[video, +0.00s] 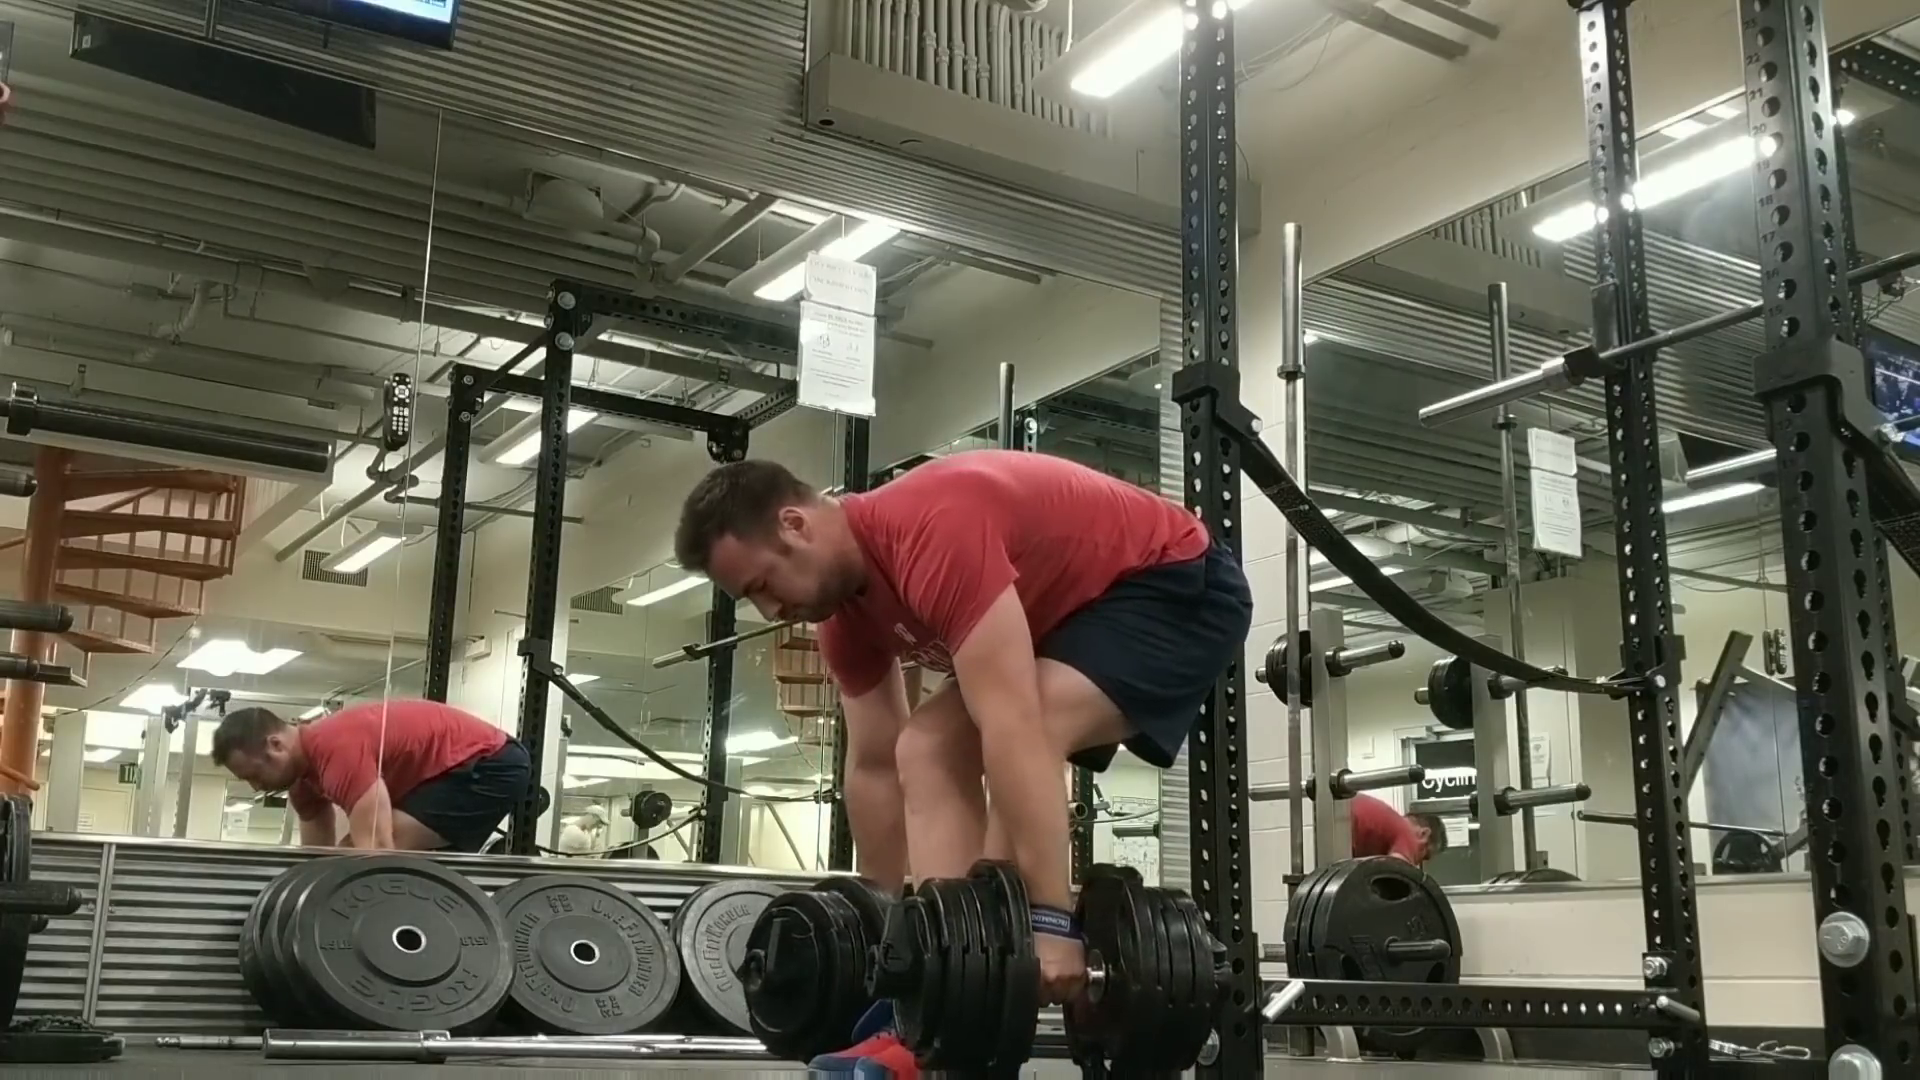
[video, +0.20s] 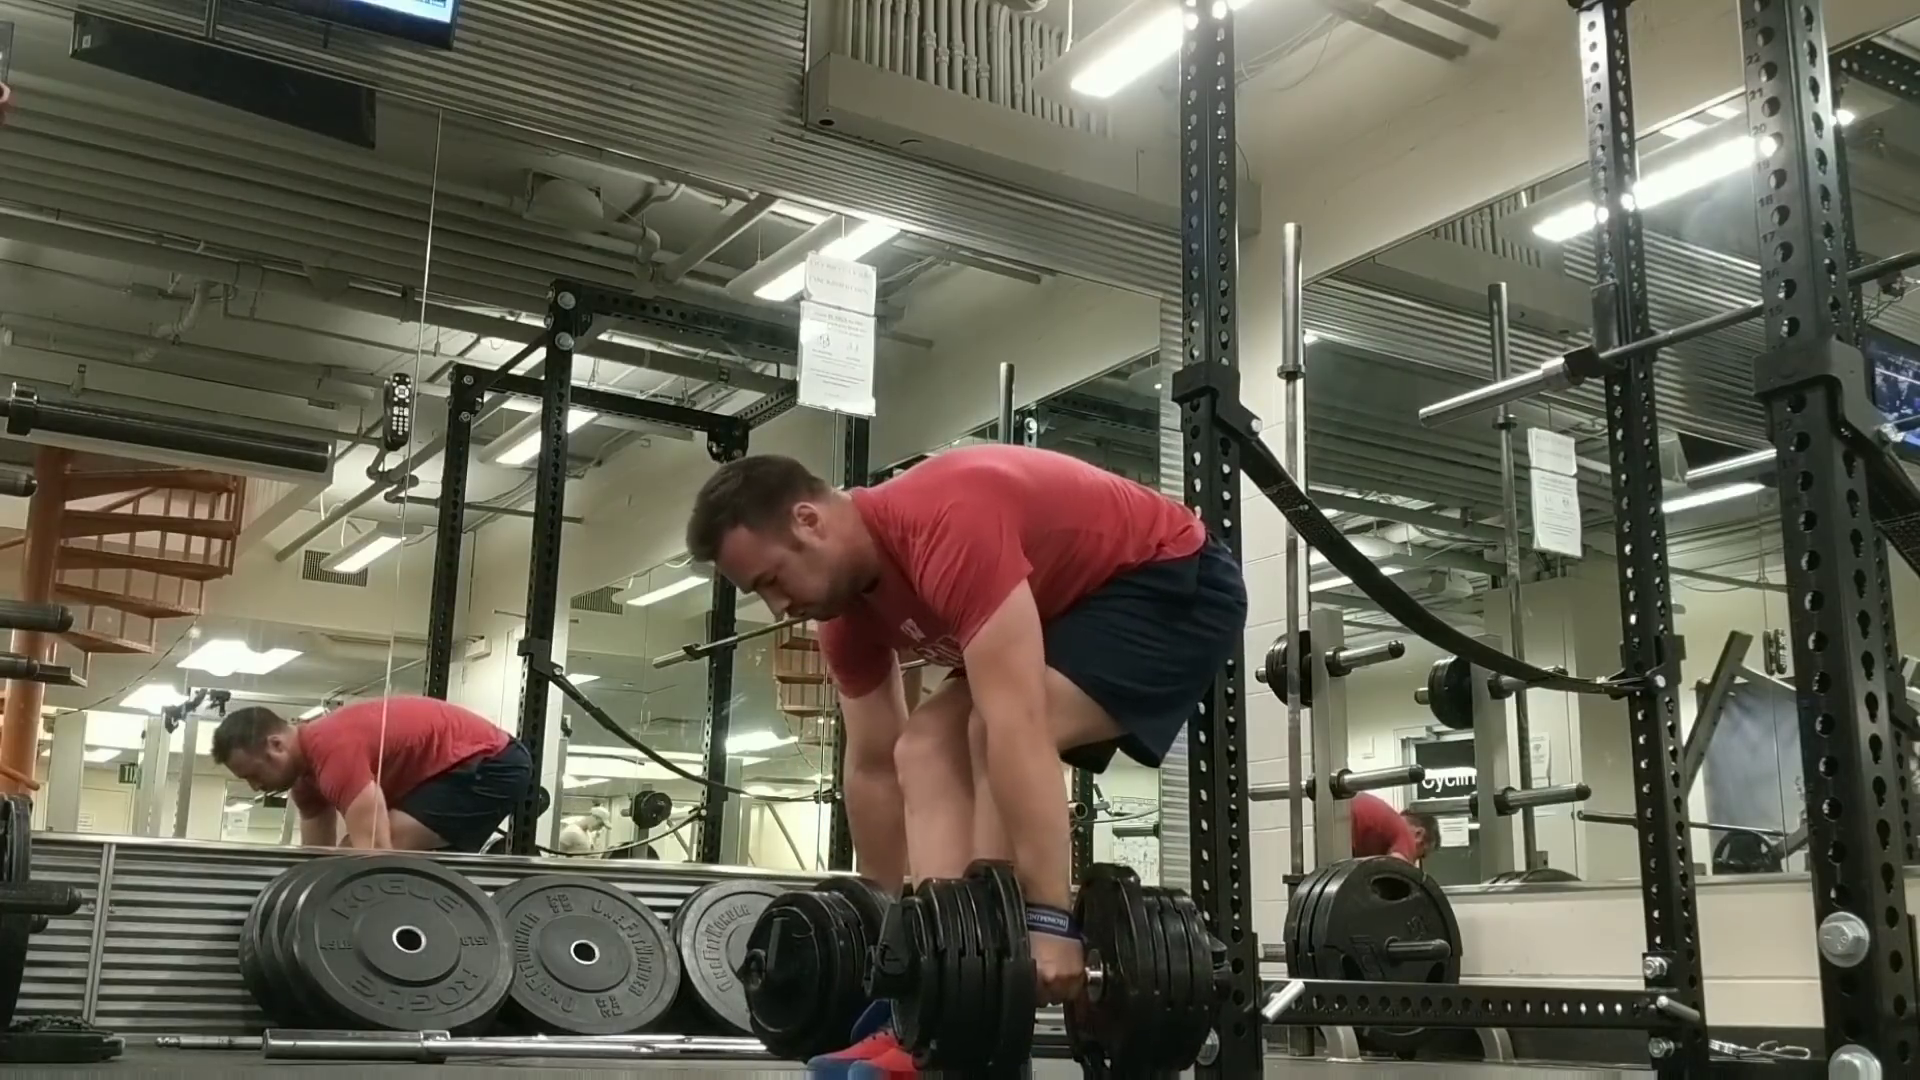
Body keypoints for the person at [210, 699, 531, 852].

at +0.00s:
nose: (256, 788)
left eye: (252, 776)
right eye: (247, 781)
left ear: (275, 746)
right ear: (275, 744)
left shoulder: (336, 748)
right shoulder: (306, 776)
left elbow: (372, 849)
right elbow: (318, 856)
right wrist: (300, 917)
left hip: (491, 766)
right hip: (461, 770)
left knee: (383, 851)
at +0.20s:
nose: (255, 787)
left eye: (251, 775)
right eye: (246, 780)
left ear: (275, 746)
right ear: (275, 743)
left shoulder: (333, 750)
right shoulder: (308, 774)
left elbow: (368, 848)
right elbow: (316, 854)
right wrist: (296, 915)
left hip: (492, 766)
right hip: (465, 769)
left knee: (385, 850)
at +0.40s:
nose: (254, 788)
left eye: (250, 776)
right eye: (245, 781)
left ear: (273, 747)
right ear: (273, 745)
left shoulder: (331, 748)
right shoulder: (304, 771)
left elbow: (368, 844)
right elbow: (316, 852)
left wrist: (327, 907)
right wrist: (297, 910)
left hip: (488, 766)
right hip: (461, 768)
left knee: (386, 857)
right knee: (382, 857)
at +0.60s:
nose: (260, 787)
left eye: (257, 775)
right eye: (251, 780)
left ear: (280, 744)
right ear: (278, 743)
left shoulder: (337, 748)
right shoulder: (301, 773)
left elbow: (371, 847)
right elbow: (314, 851)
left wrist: (333, 909)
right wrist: (302, 909)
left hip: (487, 765)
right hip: (457, 769)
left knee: (389, 856)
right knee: (386, 856)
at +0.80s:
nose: (256, 786)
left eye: (251, 774)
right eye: (247, 780)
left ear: (270, 742)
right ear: (270, 740)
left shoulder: (330, 751)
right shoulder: (301, 773)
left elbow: (367, 852)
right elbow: (314, 855)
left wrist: (337, 918)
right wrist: (298, 915)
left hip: (490, 766)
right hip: (461, 770)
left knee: (382, 853)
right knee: (384, 856)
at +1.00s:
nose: (253, 782)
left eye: (249, 770)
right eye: (244, 776)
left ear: (268, 737)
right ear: (268, 738)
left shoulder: (331, 751)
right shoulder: (302, 775)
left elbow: (366, 851)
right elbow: (315, 856)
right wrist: (297, 916)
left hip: (491, 766)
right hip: (463, 771)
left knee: (381, 849)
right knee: (386, 855)